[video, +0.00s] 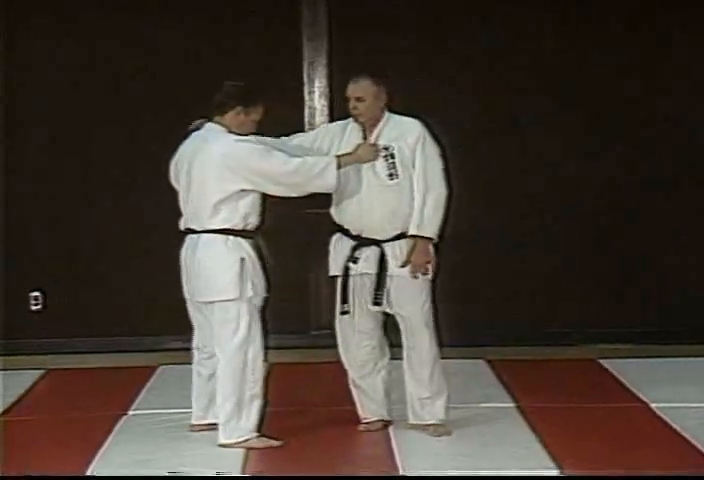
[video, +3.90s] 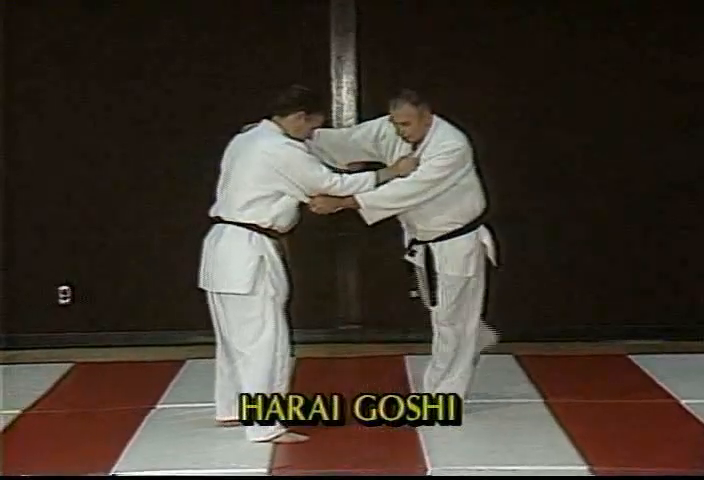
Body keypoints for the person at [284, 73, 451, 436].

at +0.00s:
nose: (353, 107)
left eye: (360, 100)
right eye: (349, 101)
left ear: (382, 100)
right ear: (346, 102)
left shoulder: (411, 133)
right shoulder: (337, 134)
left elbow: (434, 188)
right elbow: (290, 146)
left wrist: (424, 240)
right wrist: (244, 145)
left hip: (404, 247)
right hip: (353, 249)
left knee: (418, 332)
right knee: (358, 333)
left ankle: (428, 414)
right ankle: (372, 413)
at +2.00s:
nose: (358, 115)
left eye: (364, 108)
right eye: (352, 109)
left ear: (384, 102)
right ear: (348, 107)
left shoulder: (413, 136)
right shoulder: (337, 134)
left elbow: (435, 192)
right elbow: (290, 144)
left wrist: (431, 244)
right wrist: (242, 146)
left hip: (407, 246)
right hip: (356, 249)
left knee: (421, 327)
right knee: (359, 326)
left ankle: (428, 407)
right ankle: (370, 405)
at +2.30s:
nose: (363, 116)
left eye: (369, 109)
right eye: (358, 110)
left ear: (389, 105)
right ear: (354, 109)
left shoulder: (415, 137)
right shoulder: (345, 133)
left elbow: (430, 196)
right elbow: (294, 142)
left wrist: (392, 236)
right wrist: (242, 142)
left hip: (410, 244)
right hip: (358, 244)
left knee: (420, 324)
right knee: (360, 325)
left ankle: (433, 407)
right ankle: (373, 404)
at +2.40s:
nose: (367, 115)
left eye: (373, 107)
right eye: (362, 108)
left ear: (393, 104)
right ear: (358, 108)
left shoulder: (416, 137)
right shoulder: (349, 132)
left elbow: (417, 205)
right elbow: (299, 137)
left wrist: (363, 224)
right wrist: (245, 132)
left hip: (409, 246)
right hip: (359, 246)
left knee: (422, 330)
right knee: (361, 328)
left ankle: (434, 410)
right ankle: (374, 407)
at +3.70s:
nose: (400, 132)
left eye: (405, 124)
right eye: (395, 125)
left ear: (425, 115)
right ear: (390, 121)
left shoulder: (450, 144)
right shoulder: (387, 132)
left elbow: (414, 187)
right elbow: (340, 141)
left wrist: (347, 201)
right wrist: (290, 138)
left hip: (454, 245)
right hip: (412, 243)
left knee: (449, 329)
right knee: (412, 327)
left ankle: (443, 407)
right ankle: (419, 401)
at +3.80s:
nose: (400, 131)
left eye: (406, 124)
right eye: (395, 124)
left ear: (426, 116)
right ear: (391, 120)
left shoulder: (451, 146)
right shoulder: (386, 133)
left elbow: (412, 189)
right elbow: (341, 141)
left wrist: (346, 202)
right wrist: (291, 138)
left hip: (457, 243)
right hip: (419, 243)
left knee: (452, 325)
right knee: (429, 323)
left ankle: (447, 398)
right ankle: (436, 390)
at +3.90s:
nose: (401, 132)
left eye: (407, 124)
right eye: (396, 124)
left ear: (427, 116)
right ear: (392, 120)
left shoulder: (451, 146)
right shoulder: (388, 132)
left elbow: (412, 190)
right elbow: (343, 140)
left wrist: (344, 202)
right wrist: (294, 136)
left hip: (456, 242)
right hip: (422, 239)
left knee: (450, 322)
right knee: (437, 303)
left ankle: (441, 396)